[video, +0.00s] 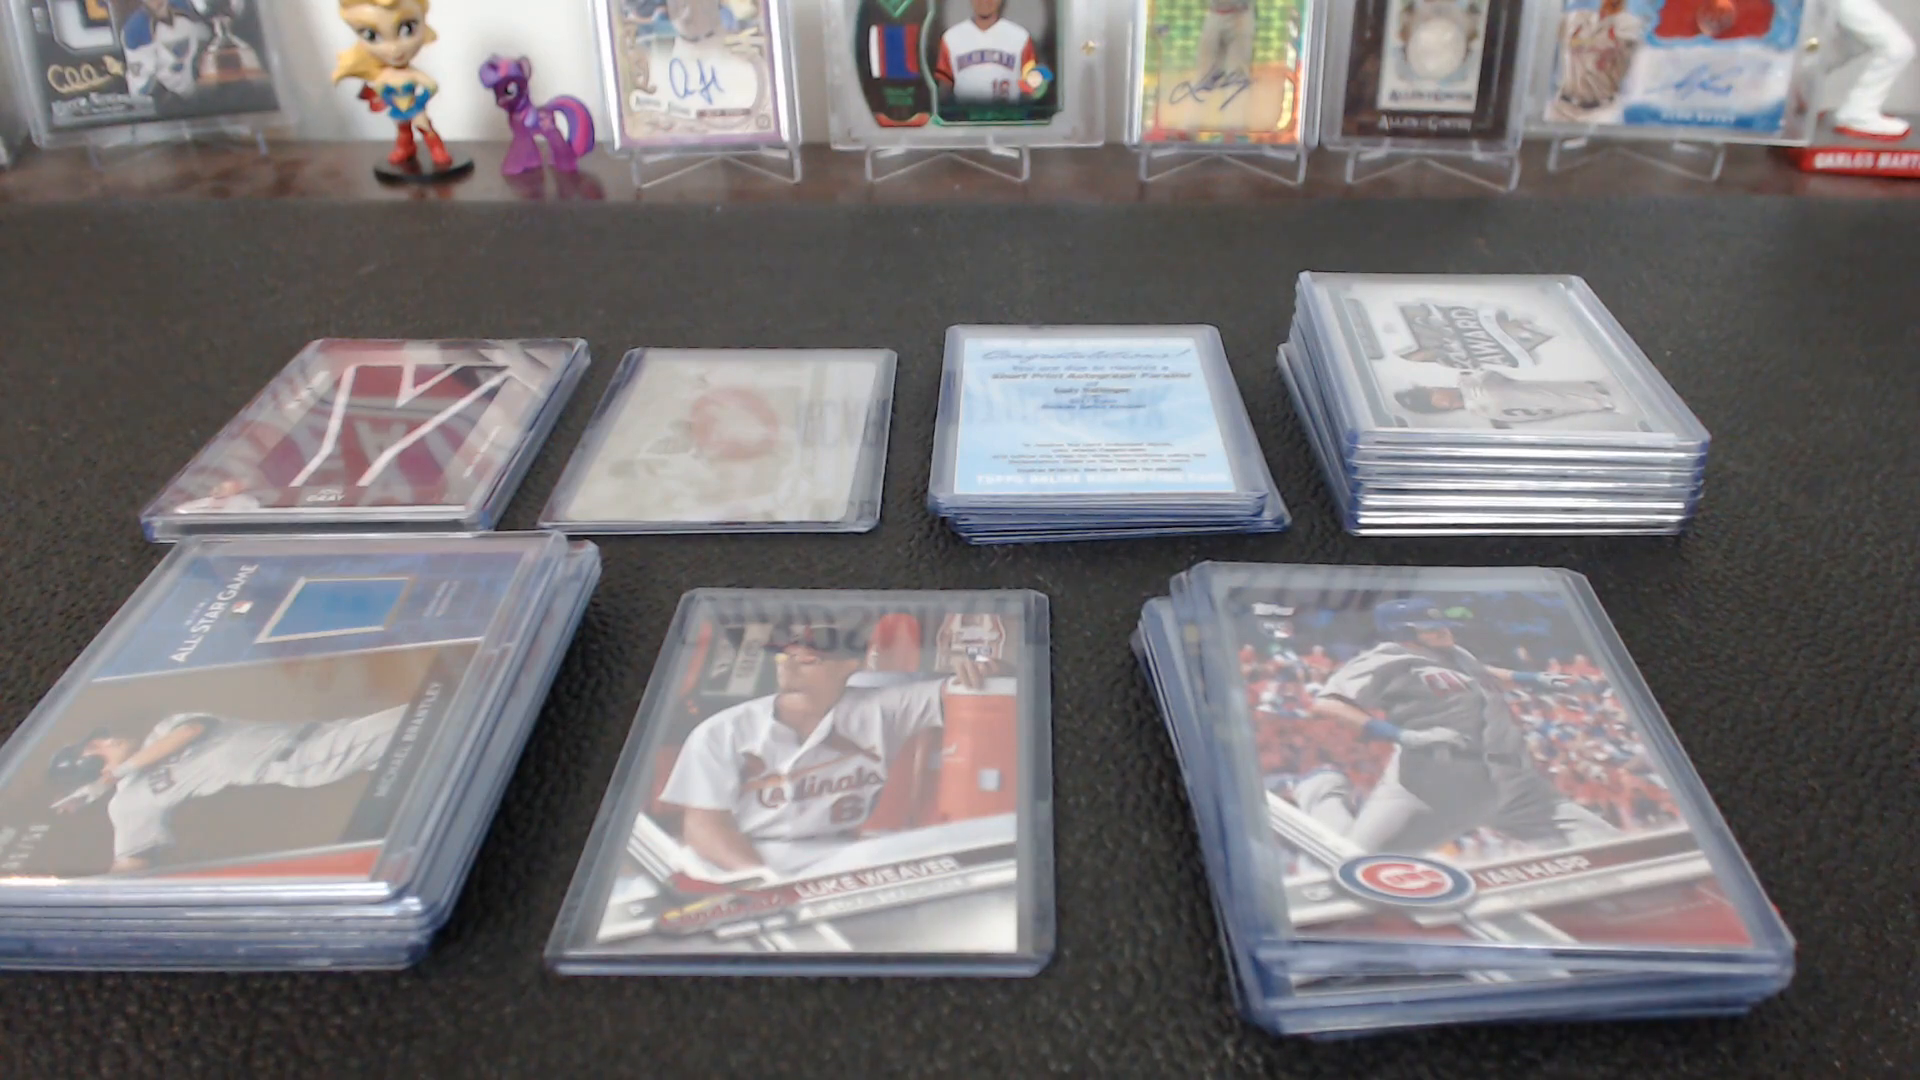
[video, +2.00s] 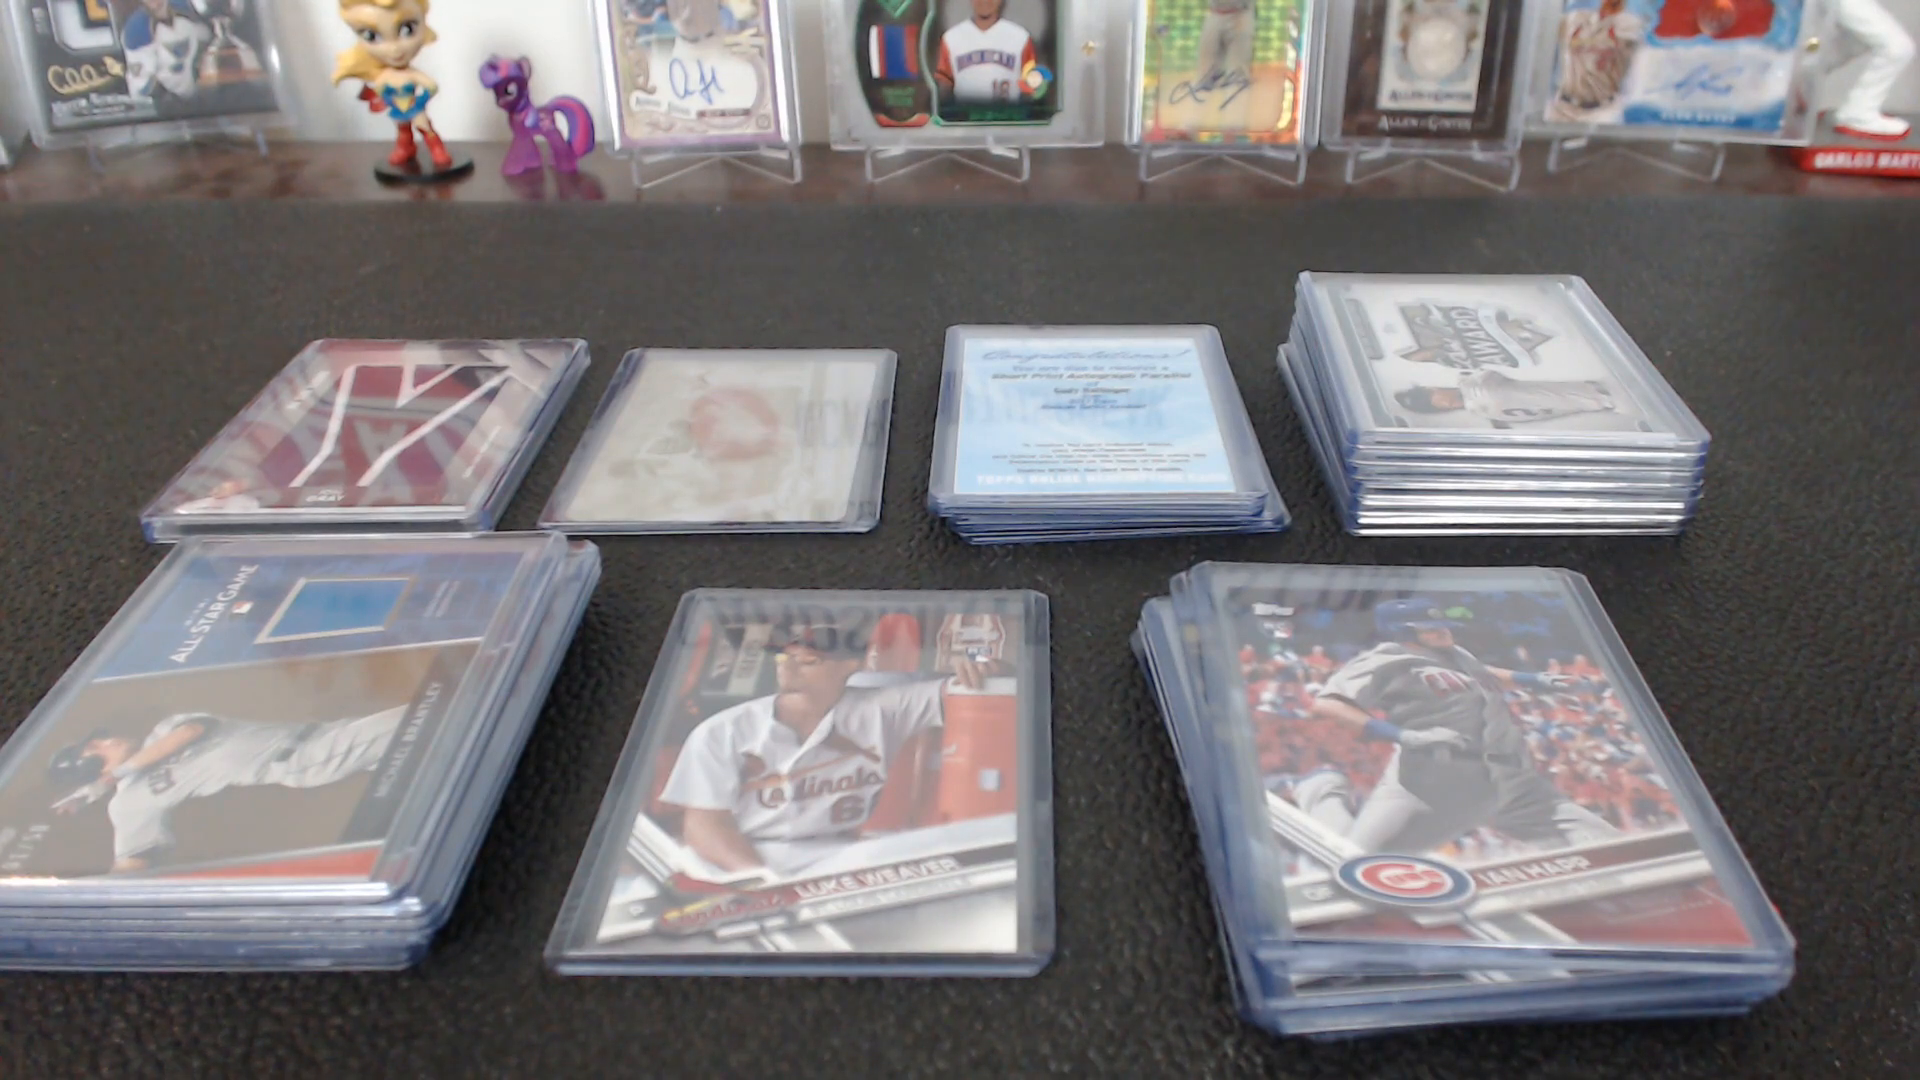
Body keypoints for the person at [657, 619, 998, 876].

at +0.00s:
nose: (798, 656)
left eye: (819, 647)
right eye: (789, 644)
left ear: (852, 662)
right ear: (776, 655)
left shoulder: (878, 714)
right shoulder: (720, 735)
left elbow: (962, 688)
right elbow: (702, 828)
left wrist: (977, 667)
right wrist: (766, 883)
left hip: (831, 873)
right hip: (730, 875)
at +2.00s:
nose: (797, 656)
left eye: (818, 648)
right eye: (789, 644)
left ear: (853, 663)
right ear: (776, 655)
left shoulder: (876, 713)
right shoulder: (720, 735)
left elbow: (959, 690)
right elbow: (703, 829)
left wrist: (972, 670)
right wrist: (766, 883)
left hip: (827, 866)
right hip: (729, 870)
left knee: (892, 851)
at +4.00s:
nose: (795, 657)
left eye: (817, 647)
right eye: (787, 645)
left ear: (853, 663)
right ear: (776, 655)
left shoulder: (875, 715)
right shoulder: (720, 735)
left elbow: (954, 691)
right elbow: (703, 828)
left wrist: (973, 672)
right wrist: (767, 883)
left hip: (827, 867)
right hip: (729, 872)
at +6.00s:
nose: (793, 659)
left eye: (814, 649)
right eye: (787, 646)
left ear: (853, 664)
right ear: (776, 656)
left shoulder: (875, 716)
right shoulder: (720, 735)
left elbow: (957, 690)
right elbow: (703, 830)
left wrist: (974, 673)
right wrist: (769, 885)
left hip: (827, 871)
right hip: (728, 875)